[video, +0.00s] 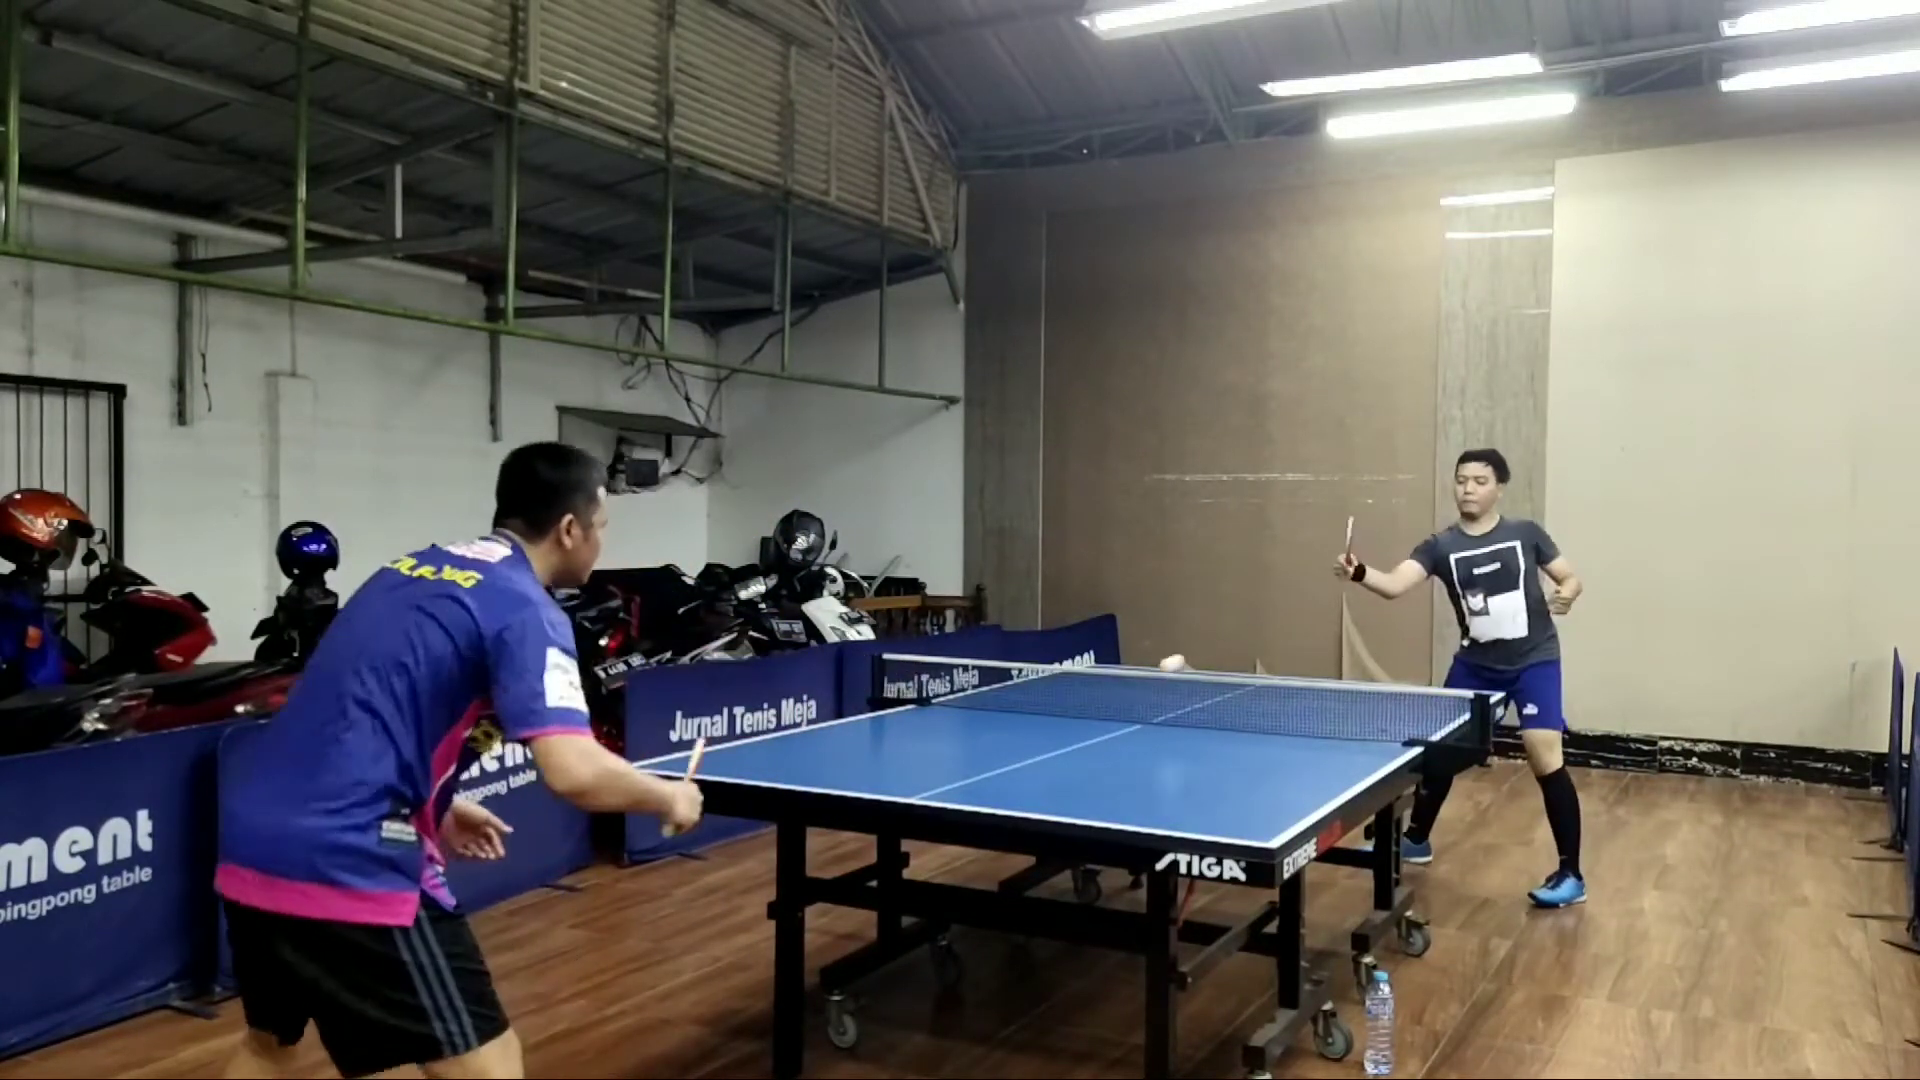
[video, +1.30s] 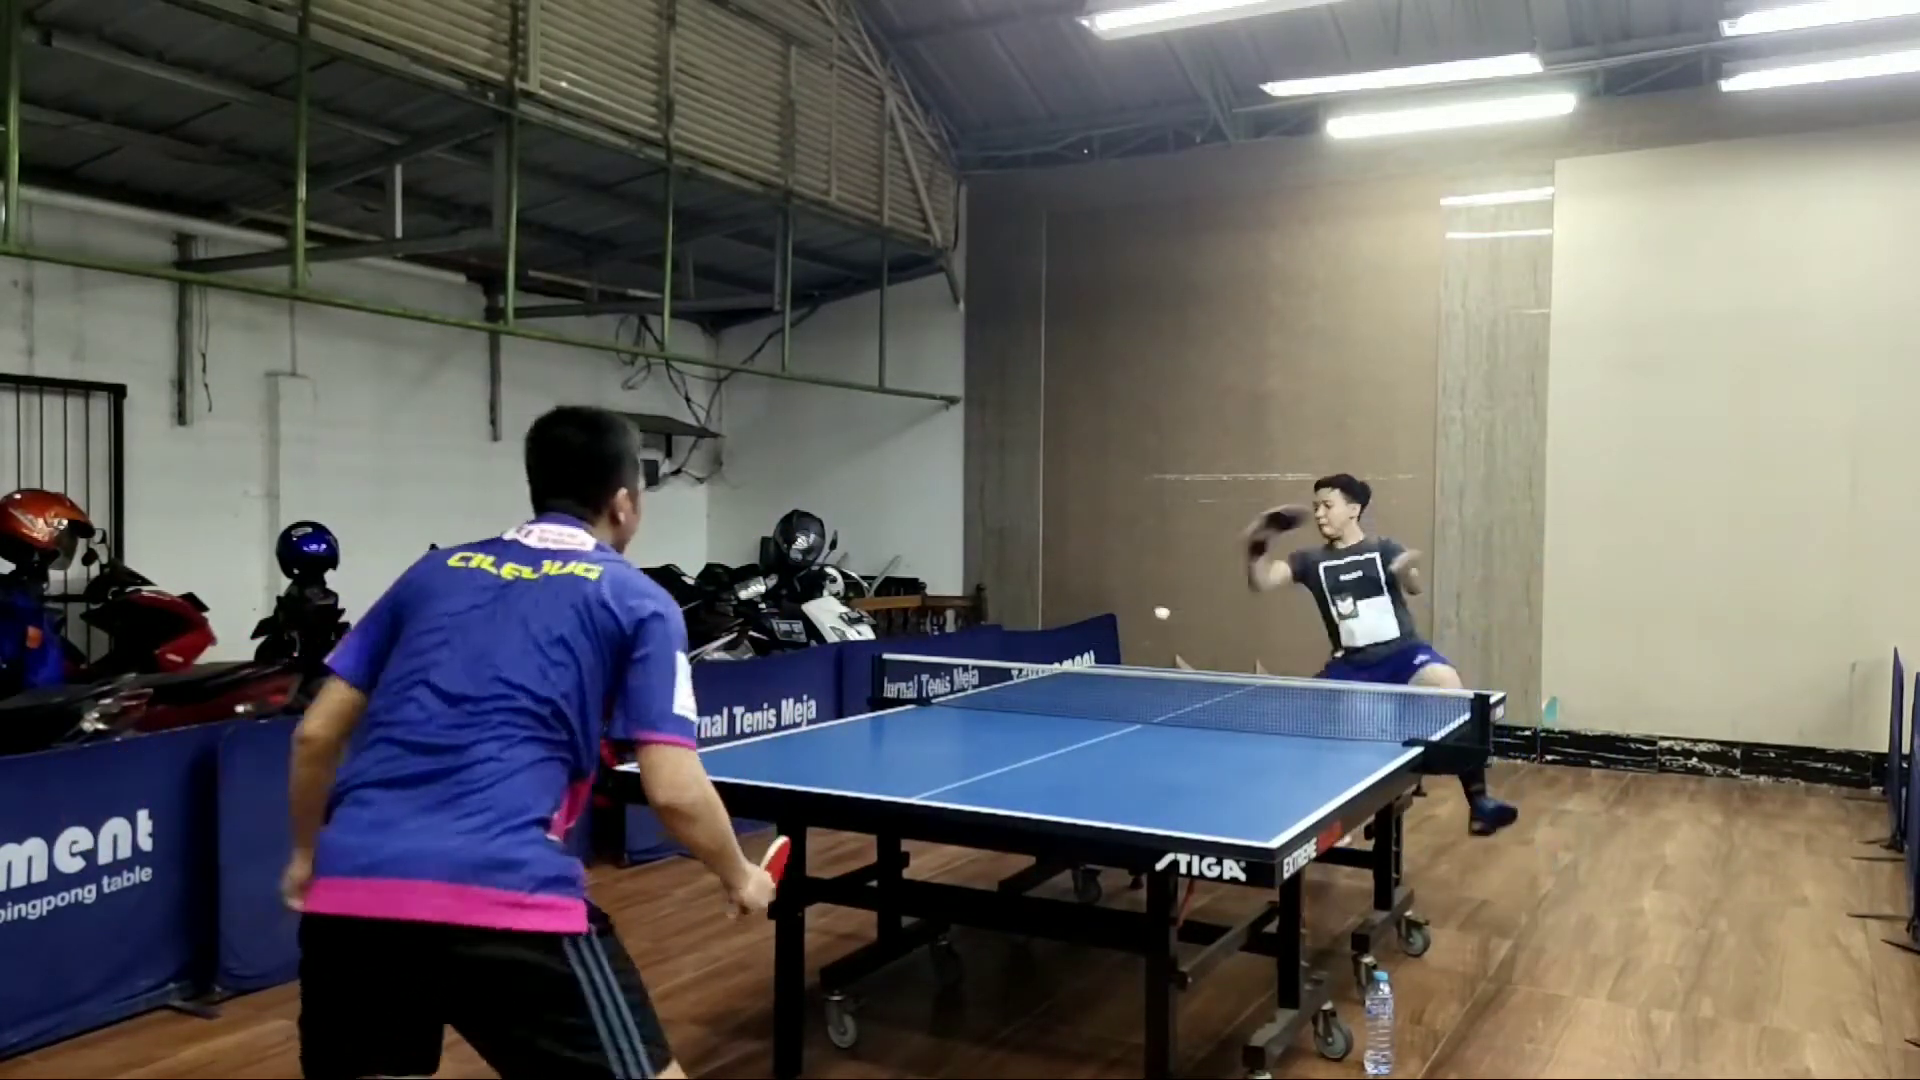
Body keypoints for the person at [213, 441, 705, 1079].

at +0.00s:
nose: (602, 544)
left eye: (603, 526)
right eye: (600, 526)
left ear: (507, 514)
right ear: (568, 528)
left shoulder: (416, 566)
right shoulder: (523, 605)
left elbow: (345, 713)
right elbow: (571, 769)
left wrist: (436, 809)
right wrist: (666, 795)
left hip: (249, 846)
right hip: (352, 860)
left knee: (269, 1044)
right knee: (485, 1060)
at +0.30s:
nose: (558, 582)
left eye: (560, 566)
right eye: (557, 566)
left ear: (459, 557)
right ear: (533, 568)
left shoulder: (367, 597)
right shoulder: (533, 652)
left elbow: (254, 712)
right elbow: (633, 799)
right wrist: (655, 787)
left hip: (212, 870)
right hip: (338, 883)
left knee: (249, 1046)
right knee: (493, 1062)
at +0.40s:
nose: (545, 606)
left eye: (546, 590)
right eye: (543, 590)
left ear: (444, 578)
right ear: (519, 597)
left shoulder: (351, 619)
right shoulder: (536, 681)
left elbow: (202, 682)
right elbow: (667, 790)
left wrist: (263, 724)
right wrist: (651, 740)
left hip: (216, 892)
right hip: (352, 904)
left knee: (250, 1051)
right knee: (533, 1027)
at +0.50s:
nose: (552, 616)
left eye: (549, 601)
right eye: (550, 603)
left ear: (451, 596)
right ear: (531, 614)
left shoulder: (368, 635)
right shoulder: (562, 697)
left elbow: (206, 660)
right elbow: (686, 775)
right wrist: (657, 729)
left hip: (249, 904)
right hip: (399, 923)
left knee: (254, 1057)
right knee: (548, 1030)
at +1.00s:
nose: (594, 535)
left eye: (585, 521)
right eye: (593, 523)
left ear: (490, 523)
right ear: (579, 531)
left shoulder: (403, 589)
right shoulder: (611, 622)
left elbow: (264, 692)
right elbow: (706, 782)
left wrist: (122, 785)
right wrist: (744, 808)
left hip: (338, 894)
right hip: (493, 899)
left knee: (346, 1068)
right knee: (592, 1050)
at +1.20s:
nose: (602, 509)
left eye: (602, 493)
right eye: (600, 494)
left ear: (496, 500)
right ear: (582, 506)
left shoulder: (397, 580)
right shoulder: (599, 605)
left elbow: (269, 722)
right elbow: (652, 779)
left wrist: (221, 830)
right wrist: (727, 856)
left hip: (328, 908)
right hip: (484, 905)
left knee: (338, 1069)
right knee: (642, 1063)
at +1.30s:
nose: (640, 510)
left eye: (642, 491)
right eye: (641, 492)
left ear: (538, 491)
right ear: (621, 504)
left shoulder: (436, 568)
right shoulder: (636, 598)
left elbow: (317, 730)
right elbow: (676, 790)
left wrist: (304, 846)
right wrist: (741, 877)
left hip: (350, 903)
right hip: (507, 907)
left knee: (361, 1070)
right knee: (648, 1072)